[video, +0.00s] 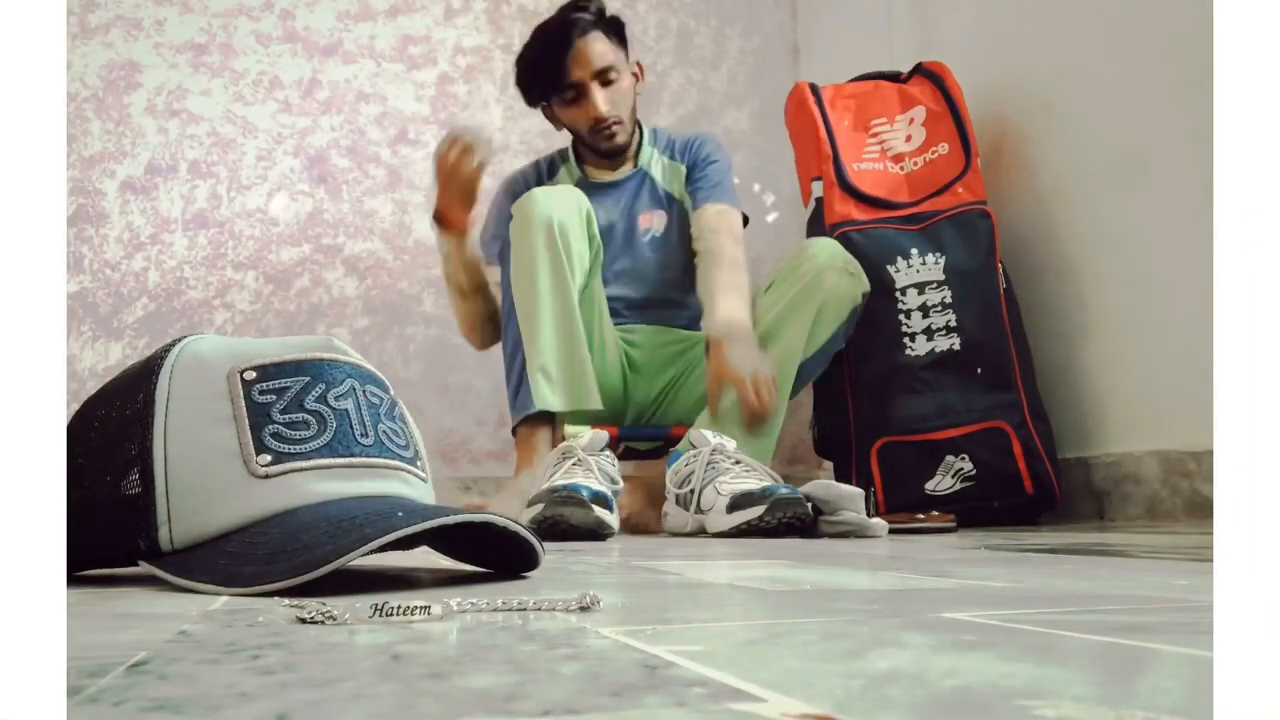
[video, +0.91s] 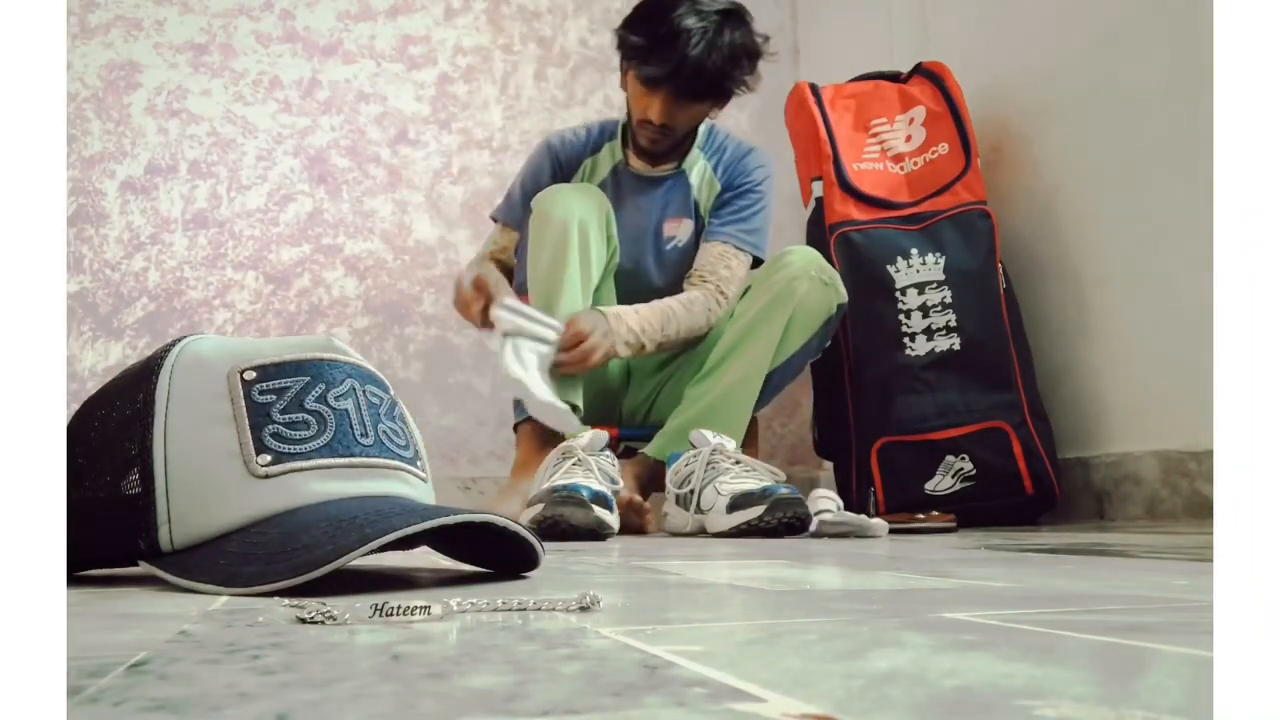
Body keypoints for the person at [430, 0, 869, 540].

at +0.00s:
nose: (600, 109)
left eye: (608, 81)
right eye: (573, 97)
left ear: (635, 76)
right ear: (551, 112)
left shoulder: (695, 155)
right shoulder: (529, 188)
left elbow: (719, 240)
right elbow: (482, 331)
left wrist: (730, 328)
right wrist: (452, 234)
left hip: (688, 372)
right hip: (586, 368)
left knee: (831, 263)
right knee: (548, 205)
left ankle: (716, 460)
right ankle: (576, 454)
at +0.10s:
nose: (583, 109)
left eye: (592, 79)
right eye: (554, 93)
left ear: (620, 71)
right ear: (527, 103)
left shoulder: (684, 142)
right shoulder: (507, 191)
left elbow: (715, 275)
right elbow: (484, 351)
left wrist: (738, 399)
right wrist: (449, 331)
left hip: (680, 368)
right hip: (579, 368)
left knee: (846, 277)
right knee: (546, 209)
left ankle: (704, 455)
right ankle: (567, 453)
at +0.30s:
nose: (570, 112)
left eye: (579, 80)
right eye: (541, 99)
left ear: (608, 67)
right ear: (517, 111)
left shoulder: (676, 137)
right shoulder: (497, 192)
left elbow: (719, 253)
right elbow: (479, 367)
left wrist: (740, 339)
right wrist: (458, 341)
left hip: (682, 366)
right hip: (579, 366)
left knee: (841, 280)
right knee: (549, 208)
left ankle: (704, 459)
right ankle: (572, 452)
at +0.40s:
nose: (572, 102)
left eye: (583, 74)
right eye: (548, 88)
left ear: (615, 71)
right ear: (526, 103)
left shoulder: (681, 145)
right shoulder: (509, 184)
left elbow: (746, 288)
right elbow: (447, 314)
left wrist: (731, 250)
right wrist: (505, 235)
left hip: (687, 367)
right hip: (586, 365)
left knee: (830, 270)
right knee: (551, 210)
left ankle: (706, 458)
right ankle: (573, 454)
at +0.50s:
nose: (594, 136)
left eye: (611, 112)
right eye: (574, 115)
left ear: (645, 96)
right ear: (555, 109)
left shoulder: (692, 161)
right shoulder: (526, 175)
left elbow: (735, 270)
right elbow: (442, 250)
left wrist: (684, 234)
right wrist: (530, 207)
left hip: (675, 378)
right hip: (578, 378)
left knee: (810, 260)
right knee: (540, 223)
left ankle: (675, 465)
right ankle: (551, 456)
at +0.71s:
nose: (651, 130)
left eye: (675, 114)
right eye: (638, 105)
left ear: (706, 110)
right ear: (618, 90)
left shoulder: (731, 168)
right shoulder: (561, 157)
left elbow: (718, 287)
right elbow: (458, 242)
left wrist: (649, 273)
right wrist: (506, 236)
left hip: (685, 369)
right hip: (587, 360)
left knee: (799, 266)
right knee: (563, 204)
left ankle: (644, 473)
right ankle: (569, 455)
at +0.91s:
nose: (657, 114)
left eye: (684, 99)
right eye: (647, 87)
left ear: (717, 102)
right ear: (625, 69)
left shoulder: (739, 170)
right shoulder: (563, 154)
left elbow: (712, 296)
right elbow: (495, 260)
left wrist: (615, 328)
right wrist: (481, 281)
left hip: (675, 381)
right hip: (583, 378)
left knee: (806, 271)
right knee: (567, 202)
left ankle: (654, 472)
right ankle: (543, 457)